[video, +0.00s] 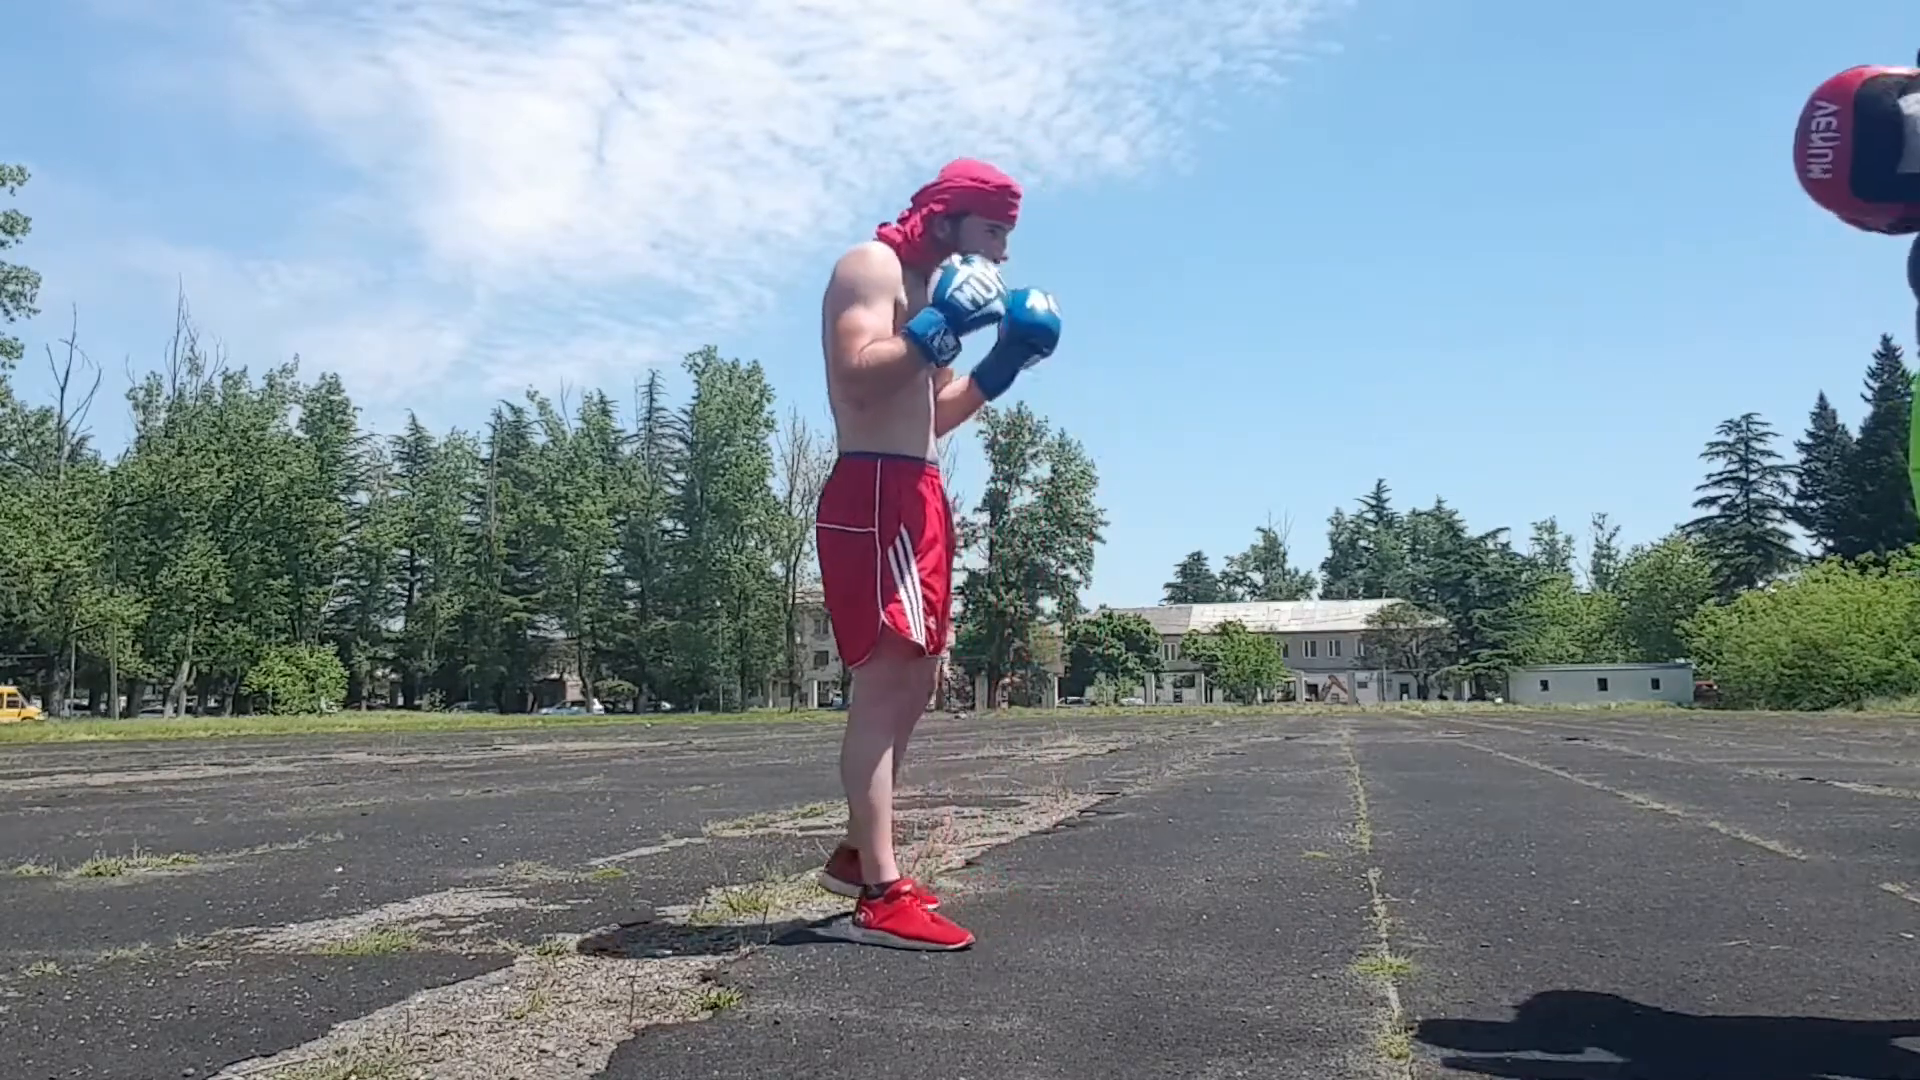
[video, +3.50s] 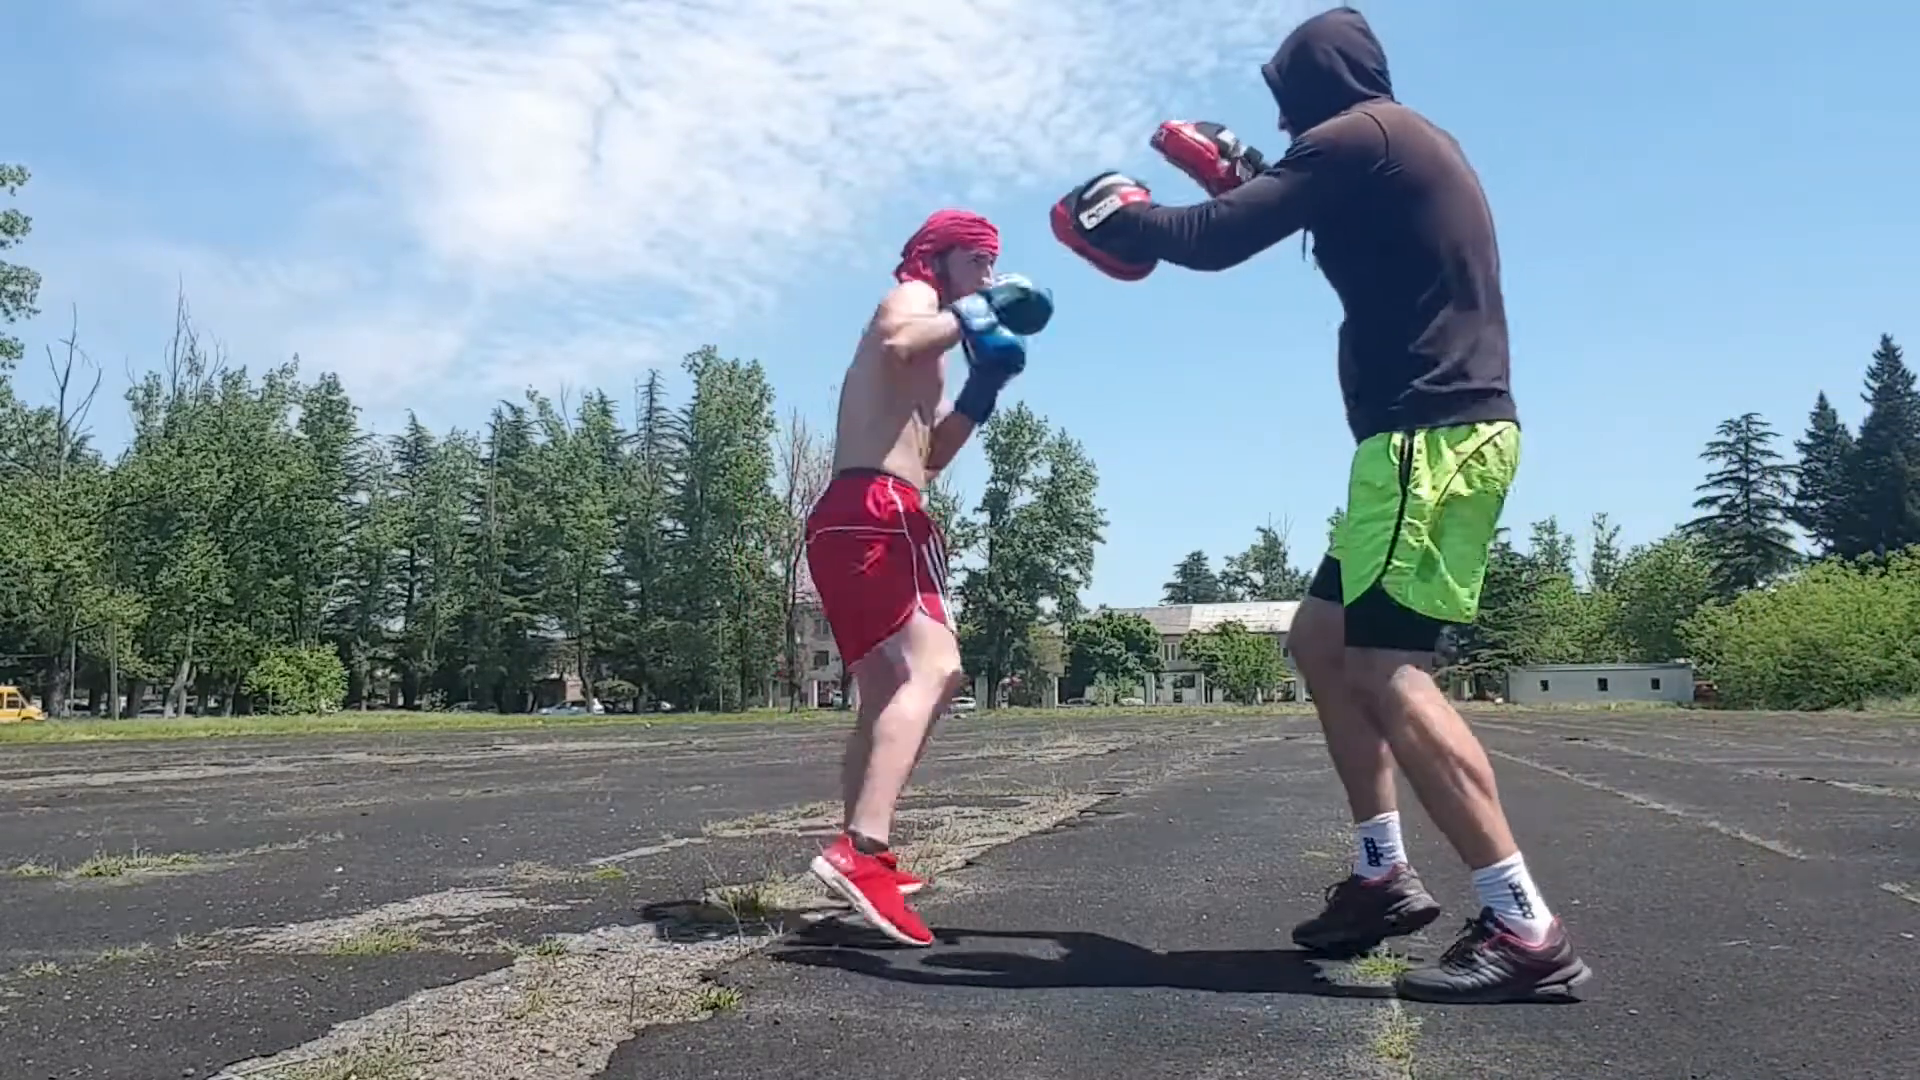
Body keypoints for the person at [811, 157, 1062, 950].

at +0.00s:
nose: (999, 251)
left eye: (1004, 238)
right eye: (992, 233)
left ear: (970, 233)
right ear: (945, 218)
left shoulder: (932, 294)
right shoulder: (872, 264)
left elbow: (936, 417)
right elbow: (855, 376)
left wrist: (1006, 362)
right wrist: (938, 327)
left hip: (920, 495)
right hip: (878, 493)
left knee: (915, 683)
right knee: (886, 682)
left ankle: (860, 849)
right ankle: (882, 886)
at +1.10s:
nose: (916, 265)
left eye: (921, 252)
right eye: (907, 250)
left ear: (894, 255)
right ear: (862, 241)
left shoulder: (867, 326)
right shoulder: (809, 284)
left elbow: (873, 456)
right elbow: (754, 375)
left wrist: (903, 409)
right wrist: (847, 385)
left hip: (857, 505)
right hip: (807, 499)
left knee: (844, 696)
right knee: (813, 691)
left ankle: (822, 870)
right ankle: (789, 887)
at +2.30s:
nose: (917, 263)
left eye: (924, 252)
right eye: (905, 247)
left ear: (918, 262)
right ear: (859, 246)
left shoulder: (879, 338)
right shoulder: (806, 323)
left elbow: (892, 452)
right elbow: (824, 431)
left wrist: (934, 393)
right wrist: (889, 384)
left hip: (857, 516)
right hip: (807, 514)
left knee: (880, 698)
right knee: (843, 697)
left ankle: (795, 850)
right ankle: (839, 887)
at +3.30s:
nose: (960, 294)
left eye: (962, 283)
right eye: (947, 281)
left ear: (945, 292)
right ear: (905, 284)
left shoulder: (933, 368)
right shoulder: (863, 340)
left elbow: (950, 463)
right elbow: (878, 429)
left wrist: (980, 389)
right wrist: (969, 419)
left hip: (895, 536)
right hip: (851, 532)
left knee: (912, 697)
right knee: (937, 667)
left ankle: (850, 859)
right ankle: (878, 841)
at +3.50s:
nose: (990, 276)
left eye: (992, 265)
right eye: (979, 261)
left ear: (964, 270)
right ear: (937, 258)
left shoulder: (926, 351)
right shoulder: (909, 296)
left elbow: (931, 456)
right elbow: (900, 341)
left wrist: (984, 386)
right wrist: (976, 311)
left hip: (867, 519)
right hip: (872, 511)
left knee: (884, 697)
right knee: (934, 667)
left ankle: (859, 852)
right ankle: (865, 845)